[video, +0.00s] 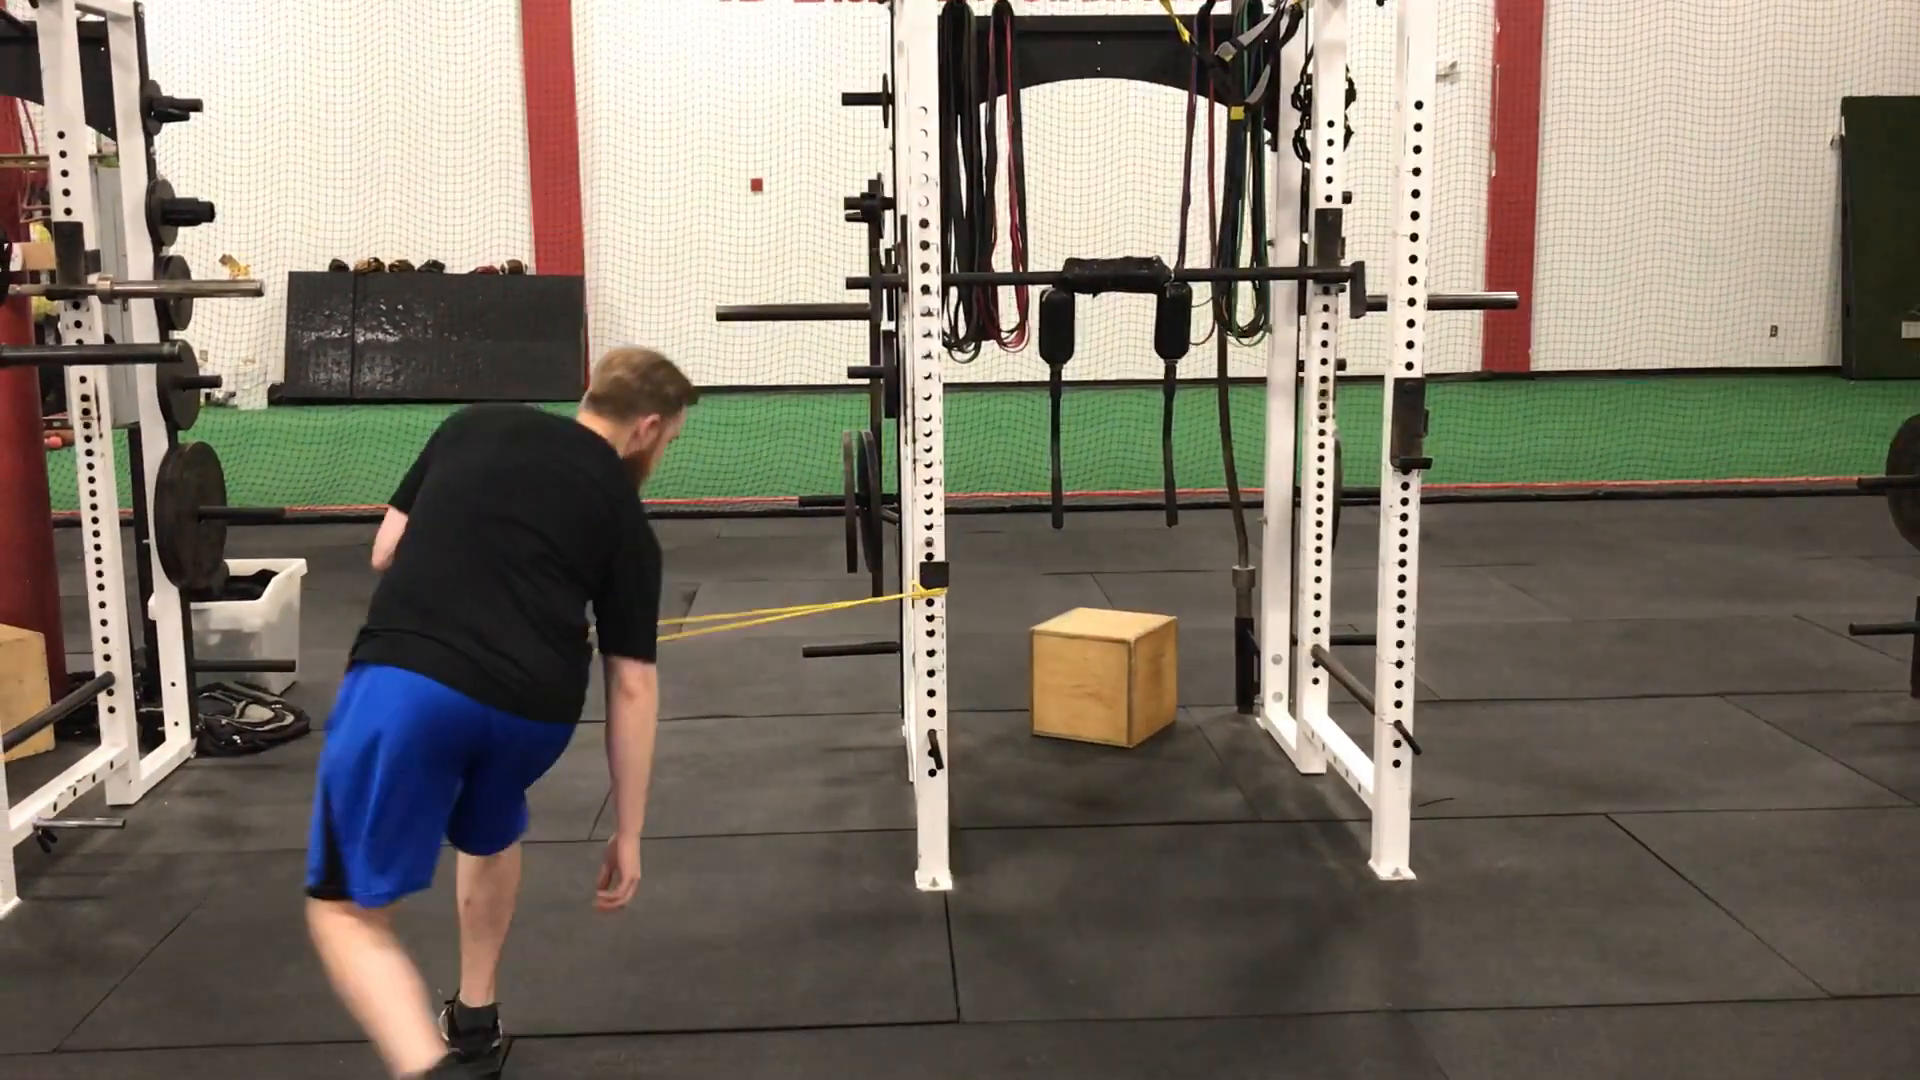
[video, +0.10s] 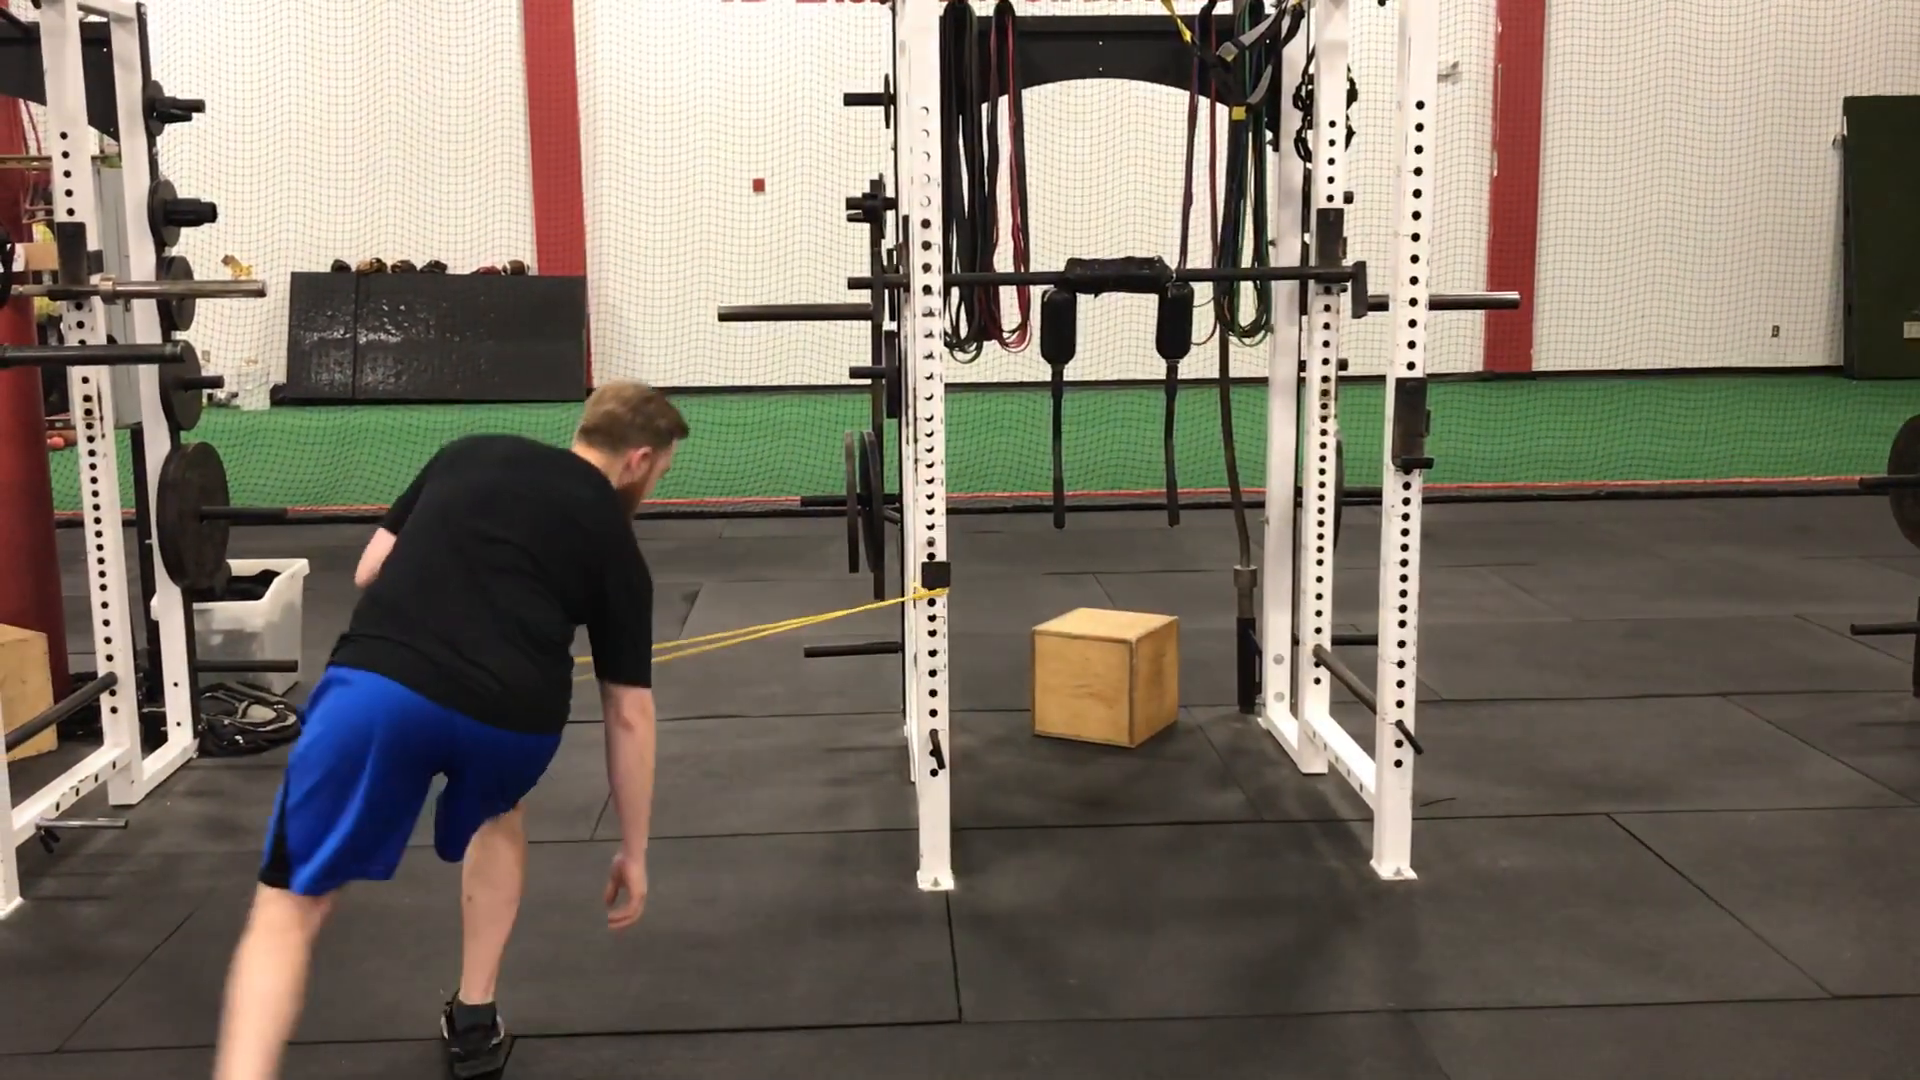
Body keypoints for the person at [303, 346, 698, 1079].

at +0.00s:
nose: (662, 453)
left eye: (671, 440)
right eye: (669, 438)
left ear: (585, 399)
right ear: (649, 426)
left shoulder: (472, 426)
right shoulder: (625, 521)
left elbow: (386, 551)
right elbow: (632, 684)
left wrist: (461, 603)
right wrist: (628, 831)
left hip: (409, 683)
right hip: (533, 712)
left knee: (341, 905)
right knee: (491, 817)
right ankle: (476, 1014)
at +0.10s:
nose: (656, 480)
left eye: (664, 467)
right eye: (661, 466)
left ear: (582, 433)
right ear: (641, 458)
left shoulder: (469, 453)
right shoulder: (614, 545)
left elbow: (370, 570)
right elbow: (630, 712)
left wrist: (449, 614)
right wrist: (633, 849)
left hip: (383, 689)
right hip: (510, 722)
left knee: (290, 900)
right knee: (496, 810)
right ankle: (475, 1015)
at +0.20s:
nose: (649, 517)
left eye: (654, 505)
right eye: (653, 504)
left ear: (574, 466)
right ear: (635, 494)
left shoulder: (463, 489)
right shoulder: (606, 571)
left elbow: (361, 597)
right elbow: (642, 743)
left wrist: (406, 678)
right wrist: (662, 870)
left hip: (363, 707)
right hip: (495, 740)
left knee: (245, 921)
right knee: (509, 817)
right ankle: (469, 1011)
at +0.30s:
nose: (650, 554)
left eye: (653, 539)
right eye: (654, 540)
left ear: (575, 503)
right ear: (634, 532)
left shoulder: (467, 531)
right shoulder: (610, 615)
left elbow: (361, 633)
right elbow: (667, 775)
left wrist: (415, 711)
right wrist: (707, 892)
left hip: (346, 741)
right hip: (475, 774)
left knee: (237, 940)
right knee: (531, 804)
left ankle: (125, 1074)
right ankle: (461, 1009)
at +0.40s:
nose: (668, 588)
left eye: (670, 575)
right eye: (671, 576)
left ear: (589, 547)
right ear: (654, 573)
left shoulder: (488, 565)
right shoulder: (624, 652)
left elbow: (378, 658)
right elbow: (699, 801)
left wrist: (439, 717)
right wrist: (760, 912)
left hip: (355, 773)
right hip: (474, 813)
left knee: (239, 965)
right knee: (550, 815)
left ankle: (133, 1074)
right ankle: (458, 1003)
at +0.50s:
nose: (704, 624)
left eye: (703, 609)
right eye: (707, 612)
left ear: (624, 578)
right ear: (689, 612)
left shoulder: (529, 598)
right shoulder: (662, 696)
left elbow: (410, 681)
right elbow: (742, 834)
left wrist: (474, 730)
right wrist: (812, 933)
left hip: (385, 806)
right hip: (500, 858)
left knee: (246, 981)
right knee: (569, 829)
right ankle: (463, 1004)